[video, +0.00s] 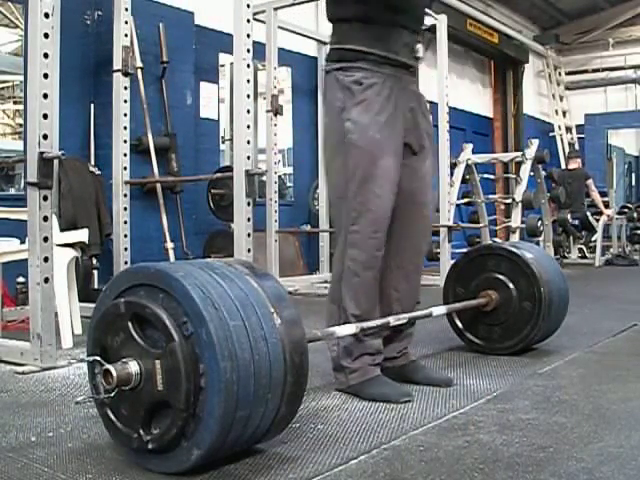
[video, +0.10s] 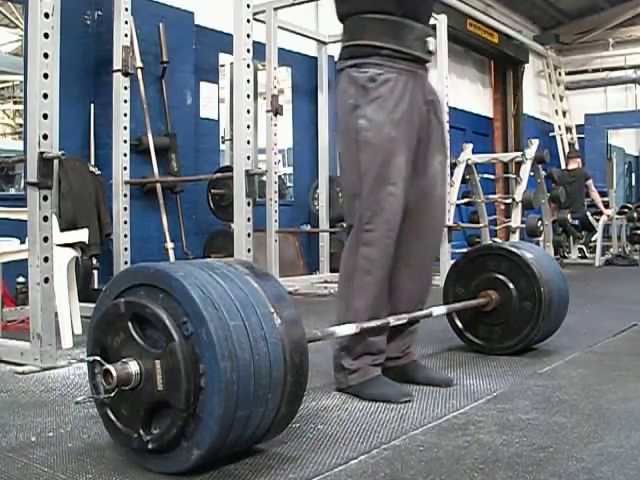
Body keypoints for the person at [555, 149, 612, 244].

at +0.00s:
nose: (581, 163)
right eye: (580, 161)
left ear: (567, 162)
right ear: (579, 162)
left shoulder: (560, 174)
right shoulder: (583, 173)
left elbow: (555, 192)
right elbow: (593, 192)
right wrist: (604, 210)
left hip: (563, 214)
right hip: (579, 212)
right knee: (593, 231)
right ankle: (584, 246)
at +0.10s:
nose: (581, 163)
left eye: (580, 160)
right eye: (580, 160)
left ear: (567, 161)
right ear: (578, 161)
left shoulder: (560, 175)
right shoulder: (583, 173)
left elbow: (554, 194)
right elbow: (593, 192)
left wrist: (553, 215)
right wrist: (604, 210)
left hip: (562, 214)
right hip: (578, 214)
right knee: (593, 231)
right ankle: (584, 245)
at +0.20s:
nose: (581, 162)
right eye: (580, 160)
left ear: (566, 162)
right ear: (578, 161)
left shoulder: (559, 175)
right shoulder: (583, 174)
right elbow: (593, 193)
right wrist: (604, 210)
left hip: (562, 214)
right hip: (578, 213)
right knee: (593, 230)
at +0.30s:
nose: (581, 163)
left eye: (580, 160)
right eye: (580, 160)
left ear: (567, 162)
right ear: (578, 161)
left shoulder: (559, 175)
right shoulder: (583, 174)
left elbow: (554, 196)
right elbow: (593, 192)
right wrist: (604, 210)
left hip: (562, 214)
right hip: (578, 213)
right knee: (593, 230)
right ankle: (584, 246)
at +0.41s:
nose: (581, 162)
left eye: (580, 160)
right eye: (580, 160)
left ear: (567, 161)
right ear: (578, 161)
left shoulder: (559, 175)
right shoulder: (583, 173)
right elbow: (593, 192)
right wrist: (604, 210)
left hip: (562, 214)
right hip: (579, 213)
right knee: (592, 230)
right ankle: (585, 245)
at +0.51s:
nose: (581, 163)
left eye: (580, 160)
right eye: (580, 160)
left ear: (567, 162)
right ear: (579, 161)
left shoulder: (559, 174)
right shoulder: (583, 173)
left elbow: (554, 195)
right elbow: (593, 192)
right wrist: (603, 210)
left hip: (562, 213)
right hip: (579, 212)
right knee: (593, 226)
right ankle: (585, 244)